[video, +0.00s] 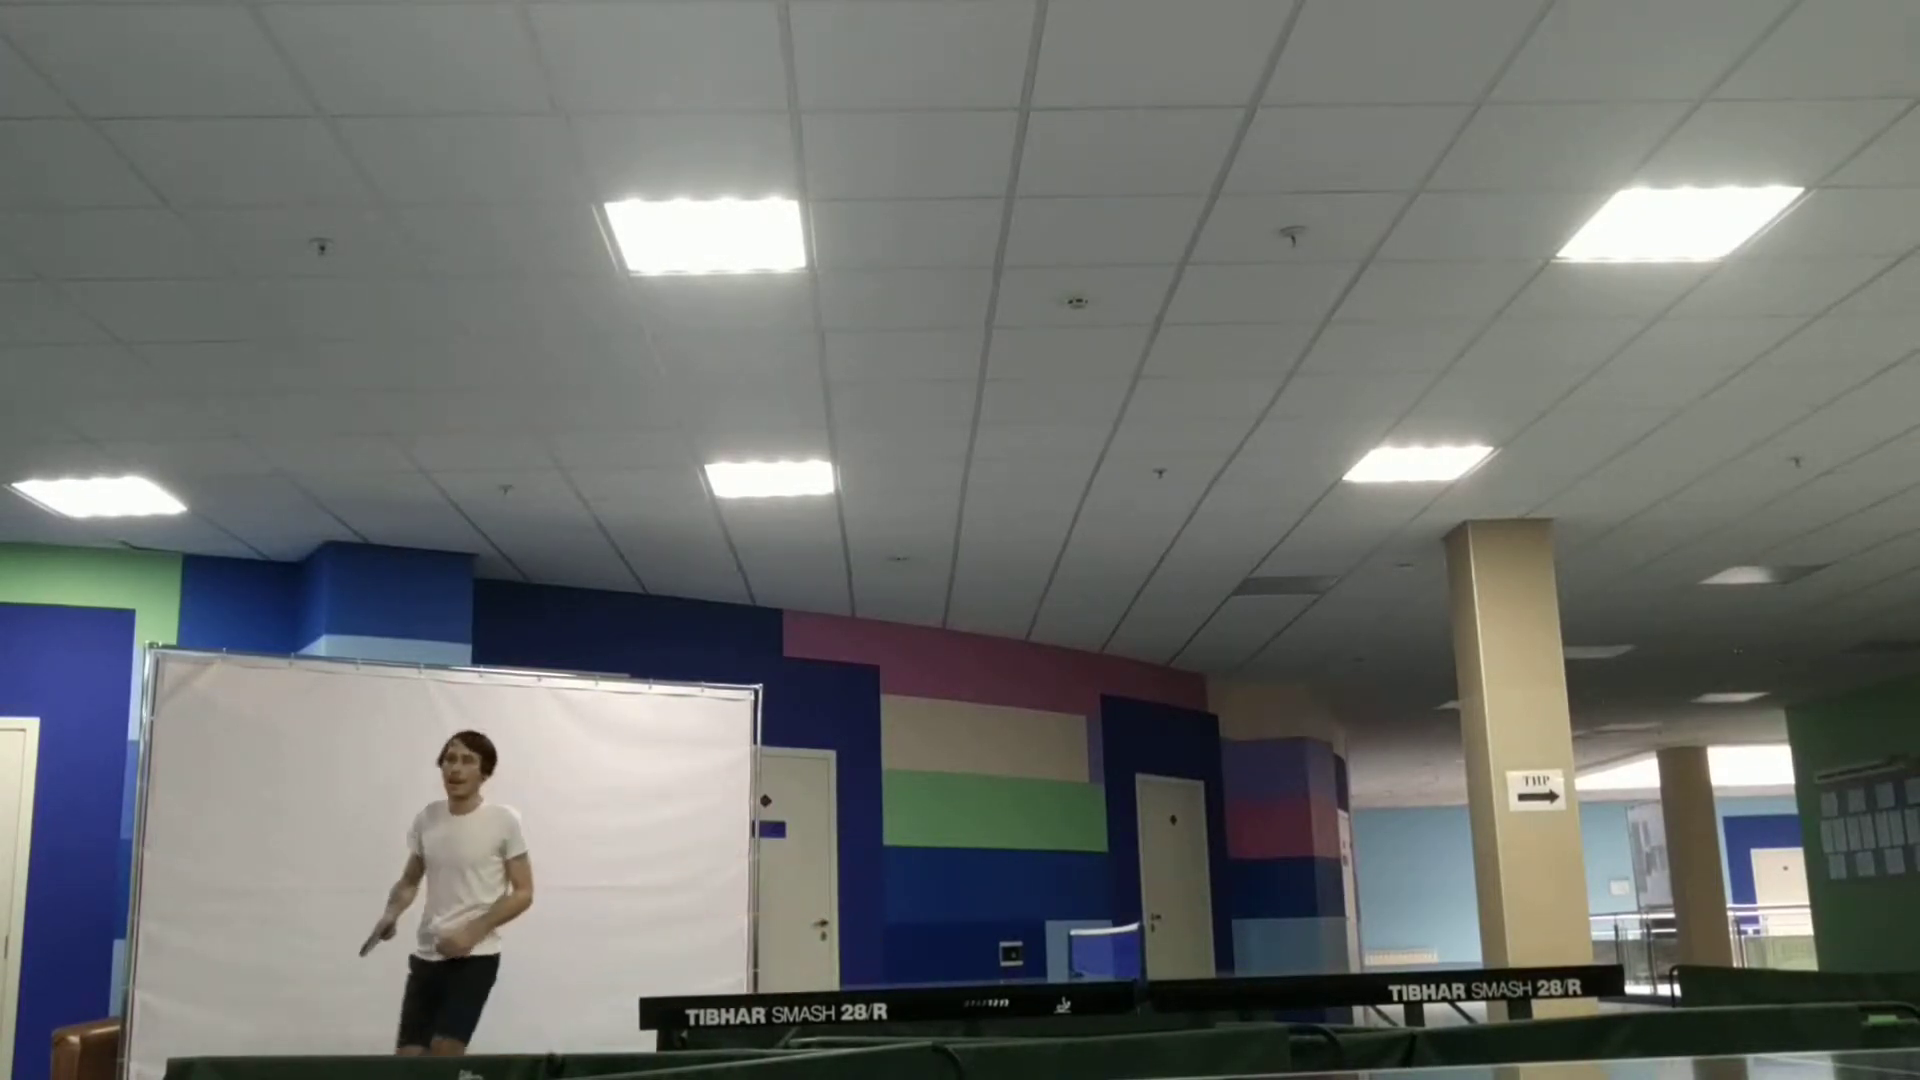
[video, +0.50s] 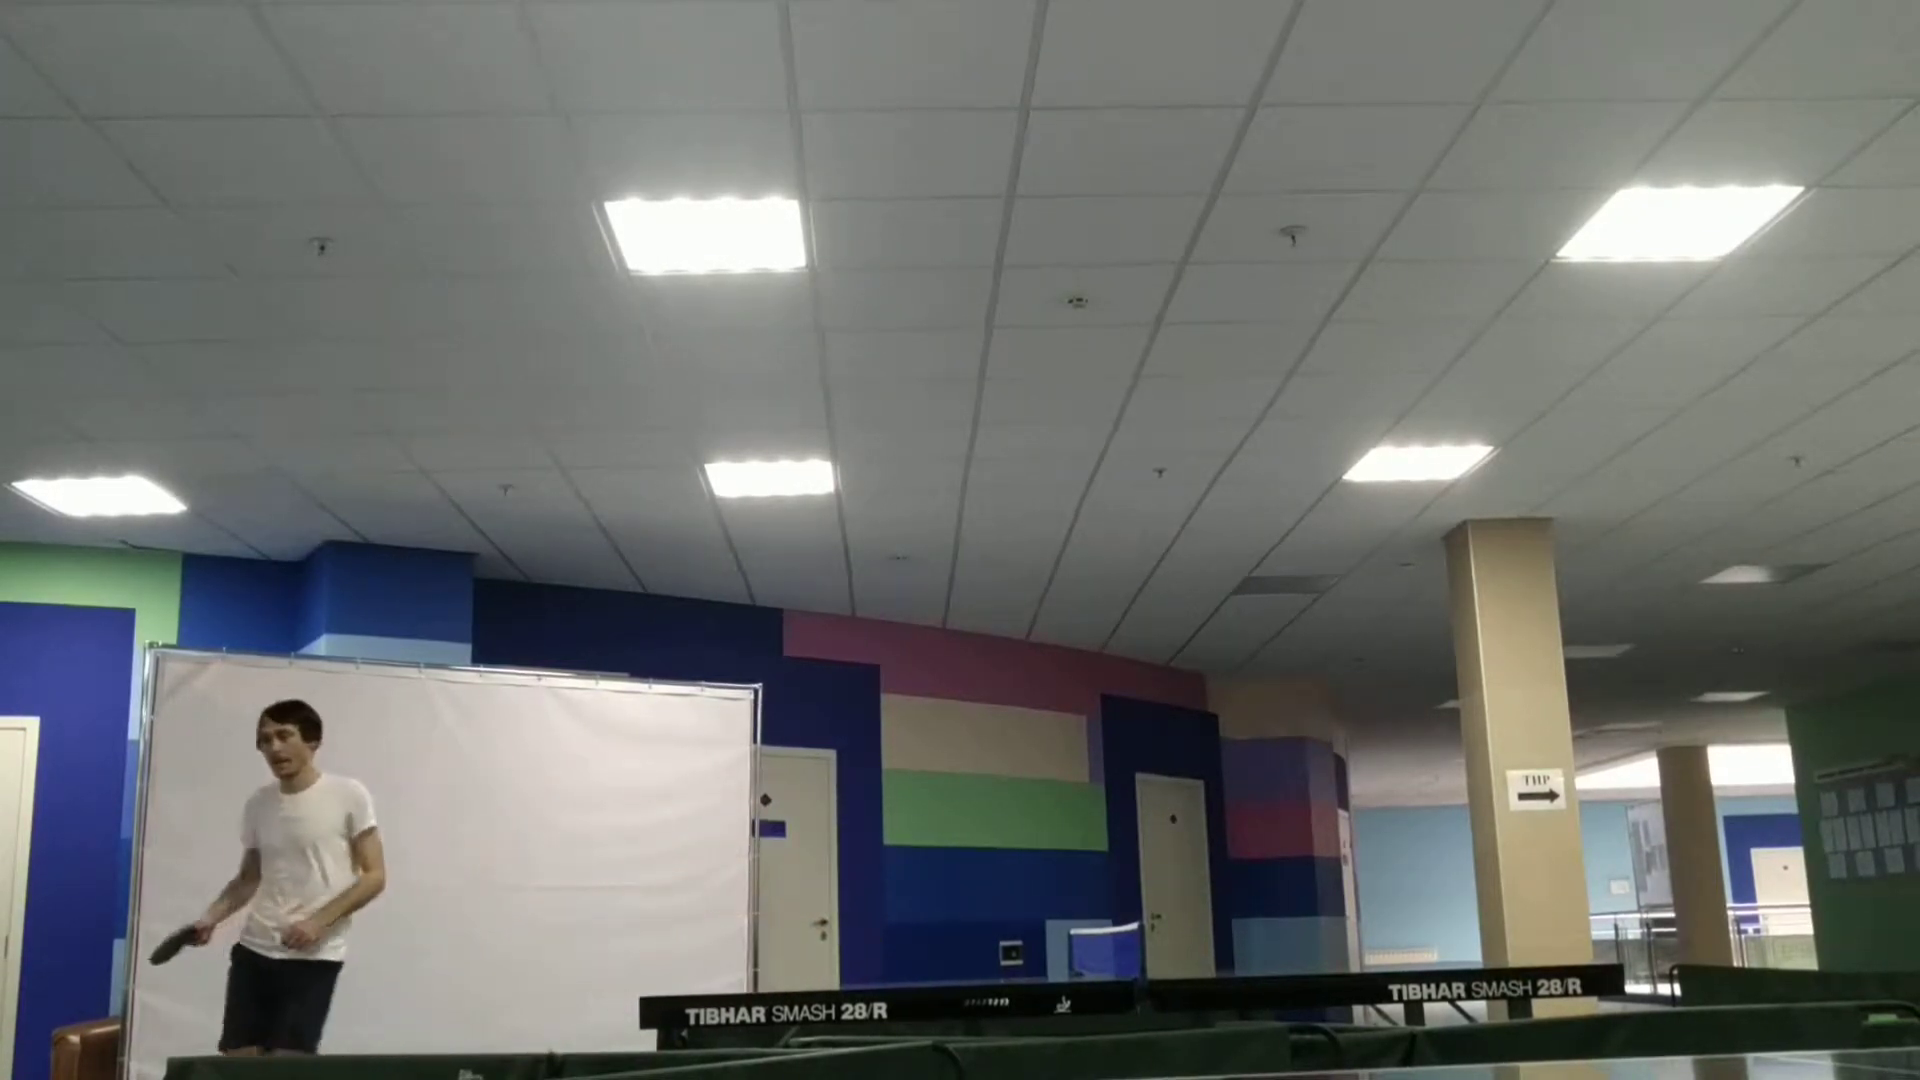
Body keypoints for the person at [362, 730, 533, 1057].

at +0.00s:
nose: (456, 768)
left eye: (467, 761)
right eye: (450, 760)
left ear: (484, 772)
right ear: (441, 767)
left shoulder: (503, 821)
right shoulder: (427, 819)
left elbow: (523, 894)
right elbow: (409, 880)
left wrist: (471, 933)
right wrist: (390, 915)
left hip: (475, 959)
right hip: (428, 957)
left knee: (444, 1053)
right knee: (409, 1056)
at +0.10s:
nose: (420, 761)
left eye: (431, 752)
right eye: (414, 753)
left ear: (452, 762)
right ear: (407, 761)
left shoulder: (475, 813)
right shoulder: (400, 812)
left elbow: (494, 887)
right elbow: (392, 880)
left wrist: (441, 923)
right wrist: (370, 921)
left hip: (447, 962)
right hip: (395, 958)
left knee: (435, 1064)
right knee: (361, 1056)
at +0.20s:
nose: (384, 766)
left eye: (394, 756)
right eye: (376, 758)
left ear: (417, 764)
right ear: (369, 766)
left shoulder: (445, 815)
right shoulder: (369, 817)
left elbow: (466, 892)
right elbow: (376, 879)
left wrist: (408, 918)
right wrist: (346, 926)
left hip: (421, 970)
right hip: (365, 968)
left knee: (430, 1068)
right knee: (327, 1059)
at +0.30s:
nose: (344, 769)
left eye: (353, 757)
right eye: (336, 761)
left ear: (379, 764)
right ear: (330, 770)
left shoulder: (410, 817)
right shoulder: (333, 821)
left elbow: (434, 894)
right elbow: (342, 886)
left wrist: (375, 920)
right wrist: (310, 931)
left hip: (386, 976)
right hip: (327, 973)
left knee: (399, 1070)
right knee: (294, 1060)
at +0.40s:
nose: (304, 761)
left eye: (314, 749)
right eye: (296, 754)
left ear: (341, 756)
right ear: (291, 763)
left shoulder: (375, 810)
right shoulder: (294, 817)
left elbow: (402, 890)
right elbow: (302, 883)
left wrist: (342, 923)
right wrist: (263, 930)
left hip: (347, 976)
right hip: (286, 969)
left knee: (343, 1075)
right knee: (257, 1060)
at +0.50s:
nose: (275, 748)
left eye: (284, 737)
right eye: (266, 741)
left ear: (312, 742)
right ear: (260, 749)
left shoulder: (349, 796)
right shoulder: (259, 804)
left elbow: (374, 878)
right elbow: (249, 877)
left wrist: (318, 923)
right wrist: (210, 919)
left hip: (313, 959)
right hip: (254, 953)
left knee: (288, 1062)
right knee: (239, 1059)